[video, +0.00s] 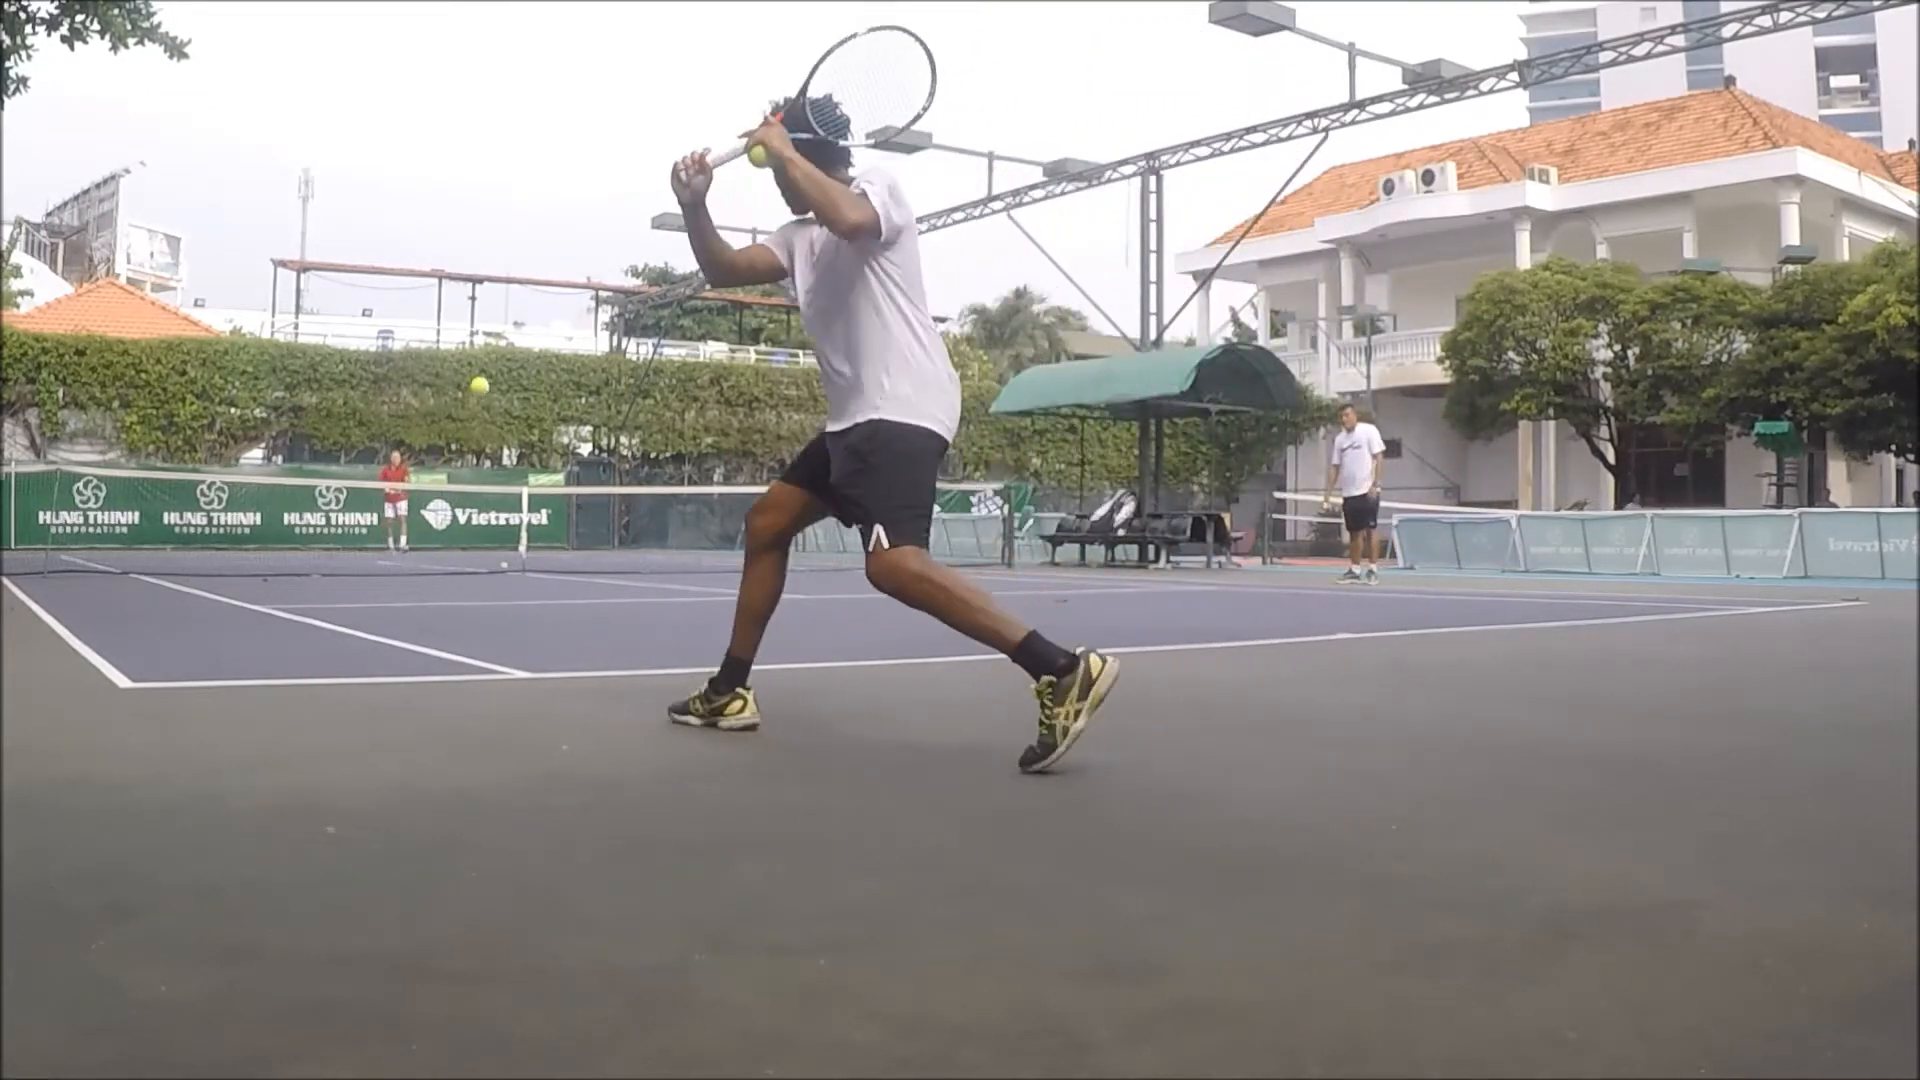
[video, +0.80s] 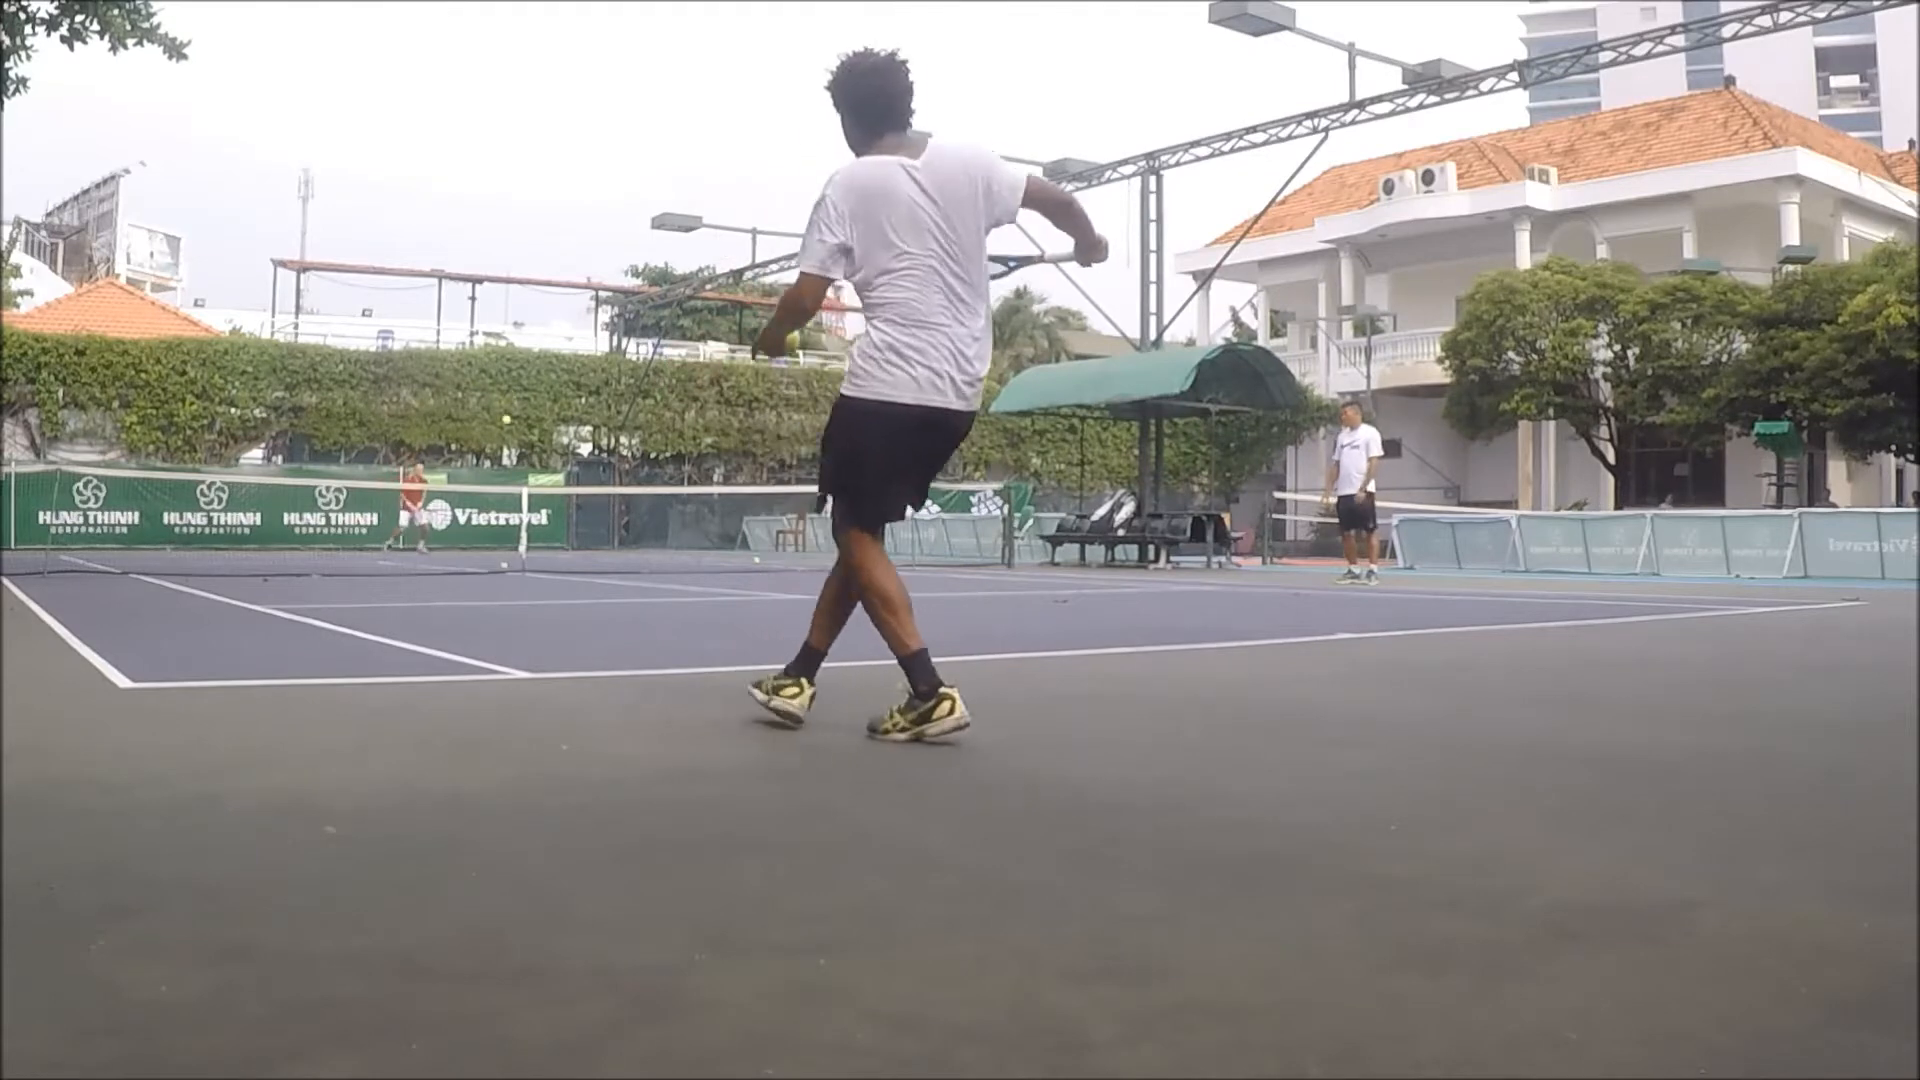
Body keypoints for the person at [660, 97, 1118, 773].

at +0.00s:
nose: (774, 168)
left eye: (780, 154)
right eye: (772, 156)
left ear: (807, 152)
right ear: (813, 152)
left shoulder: (877, 189)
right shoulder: (800, 238)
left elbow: (849, 219)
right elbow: (723, 269)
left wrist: (783, 152)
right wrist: (694, 207)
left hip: (905, 407)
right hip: (854, 417)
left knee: (894, 566)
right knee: (767, 523)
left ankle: (1064, 671)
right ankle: (729, 689)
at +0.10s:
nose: (735, 202)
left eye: (742, 188)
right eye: (730, 191)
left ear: (780, 182)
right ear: (738, 200)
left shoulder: (833, 218)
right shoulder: (761, 263)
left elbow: (844, 273)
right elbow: (693, 285)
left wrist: (780, 198)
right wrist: (682, 213)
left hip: (872, 410)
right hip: (821, 422)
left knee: (825, 571)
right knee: (729, 516)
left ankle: (993, 660)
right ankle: (725, 688)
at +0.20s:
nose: (708, 235)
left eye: (708, 222)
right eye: (705, 226)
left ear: (732, 213)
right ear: (736, 216)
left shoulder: (792, 223)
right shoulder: (738, 277)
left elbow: (841, 276)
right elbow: (709, 339)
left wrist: (767, 312)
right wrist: (648, 354)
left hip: (848, 398)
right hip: (824, 405)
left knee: (772, 556)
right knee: (736, 521)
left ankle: (928, 650)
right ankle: (726, 688)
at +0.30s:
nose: (698, 241)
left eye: (694, 227)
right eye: (691, 230)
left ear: (715, 211)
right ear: (726, 208)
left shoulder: (775, 204)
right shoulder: (767, 266)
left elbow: (825, 246)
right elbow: (767, 373)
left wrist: (766, 295)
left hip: (831, 380)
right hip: (880, 389)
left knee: (756, 538)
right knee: (770, 538)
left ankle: (901, 642)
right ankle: (730, 688)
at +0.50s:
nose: (732, 191)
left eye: (728, 178)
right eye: (727, 180)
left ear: (743, 170)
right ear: (791, 156)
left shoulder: (786, 190)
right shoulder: (856, 205)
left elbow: (800, 248)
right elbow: (929, 249)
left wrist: (713, 300)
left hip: (825, 386)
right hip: (889, 394)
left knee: (758, 530)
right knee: (785, 535)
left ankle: (884, 661)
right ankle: (731, 686)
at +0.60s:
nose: (773, 167)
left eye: (770, 154)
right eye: (771, 156)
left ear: (779, 150)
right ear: (835, 138)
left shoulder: (805, 194)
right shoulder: (902, 183)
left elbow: (794, 285)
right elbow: (978, 211)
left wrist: (714, 353)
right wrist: (1032, 244)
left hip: (833, 399)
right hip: (900, 409)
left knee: (786, 542)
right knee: (793, 541)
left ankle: (898, 670)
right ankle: (733, 684)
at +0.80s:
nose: (842, 132)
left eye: (841, 121)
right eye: (843, 122)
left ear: (849, 120)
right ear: (909, 108)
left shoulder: (849, 185)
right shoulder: (973, 165)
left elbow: (808, 294)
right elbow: (1057, 198)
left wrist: (776, 331)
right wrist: (1089, 239)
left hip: (880, 391)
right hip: (955, 401)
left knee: (856, 533)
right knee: (860, 532)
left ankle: (929, 693)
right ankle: (799, 677)